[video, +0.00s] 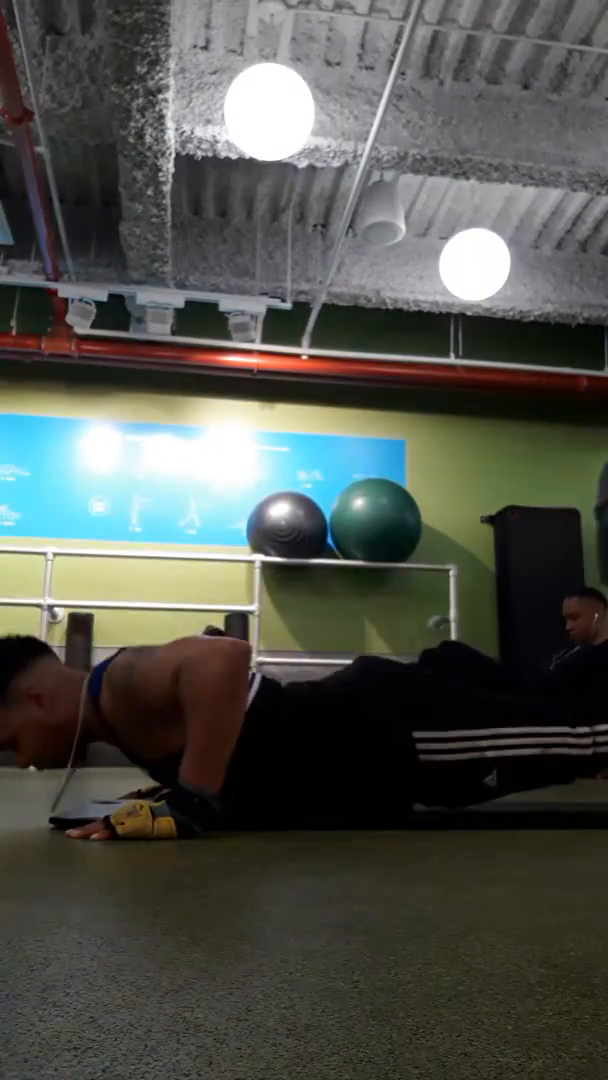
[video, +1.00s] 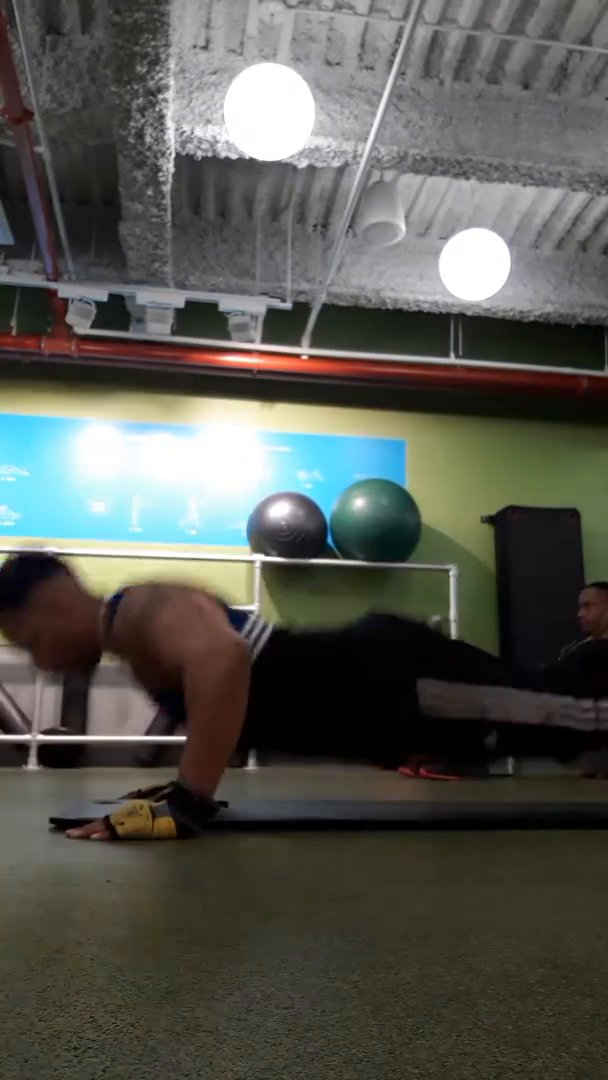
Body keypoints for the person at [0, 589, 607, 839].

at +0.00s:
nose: (24, 759)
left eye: (15, 741)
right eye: (12, 752)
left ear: (39, 692)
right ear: (42, 697)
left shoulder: (119, 682)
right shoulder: (128, 714)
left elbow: (220, 662)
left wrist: (190, 796)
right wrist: (160, 806)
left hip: (386, 726)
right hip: (375, 740)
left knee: (584, 731)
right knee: (548, 722)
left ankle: (592, 641)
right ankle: (588, 639)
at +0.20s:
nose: (27, 760)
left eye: (15, 741)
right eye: (14, 754)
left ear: (39, 692)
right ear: (45, 693)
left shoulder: (119, 684)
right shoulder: (127, 718)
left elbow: (220, 659)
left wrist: (190, 799)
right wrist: (145, 815)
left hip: (380, 731)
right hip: (368, 748)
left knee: (579, 731)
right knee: (545, 723)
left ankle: (590, 646)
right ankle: (583, 645)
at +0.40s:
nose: (43, 656)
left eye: (36, 635)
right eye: (30, 645)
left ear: (63, 596)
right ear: (63, 602)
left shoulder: (148, 607)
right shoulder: (142, 635)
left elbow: (223, 662)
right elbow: (225, 693)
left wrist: (187, 798)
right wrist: (181, 796)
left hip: (383, 669)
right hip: (371, 693)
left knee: (576, 711)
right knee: (553, 733)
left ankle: (586, 644)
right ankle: (582, 641)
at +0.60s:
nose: (70, 547)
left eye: (64, 527)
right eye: (59, 536)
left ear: (95, 489)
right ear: (96, 495)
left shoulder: (177, 517)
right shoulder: (170, 533)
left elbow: (203, 652)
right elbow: (204, 659)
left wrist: (185, 797)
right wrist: (184, 790)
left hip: (424, 603)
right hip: (417, 629)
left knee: (594, 675)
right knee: (559, 737)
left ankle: (585, 621)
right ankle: (577, 628)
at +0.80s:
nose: (76, 544)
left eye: (68, 524)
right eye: (65, 533)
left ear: (97, 483)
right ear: (99, 487)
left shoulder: (180, 513)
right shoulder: (174, 526)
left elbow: (203, 651)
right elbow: (206, 655)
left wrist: (188, 795)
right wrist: (182, 786)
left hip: (428, 611)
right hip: (420, 630)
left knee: (595, 680)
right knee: (569, 732)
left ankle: (590, 616)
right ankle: (584, 623)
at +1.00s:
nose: (37, 658)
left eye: (29, 636)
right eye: (25, 647)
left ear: (56, 596)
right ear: (54, 604)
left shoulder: (143, 609)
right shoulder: (137, 636)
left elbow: (223, 661)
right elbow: (224, 695)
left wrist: (190, 799)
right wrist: (177, 793)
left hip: (386, 678)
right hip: (373, 700)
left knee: (579, 713)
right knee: (557, 715)